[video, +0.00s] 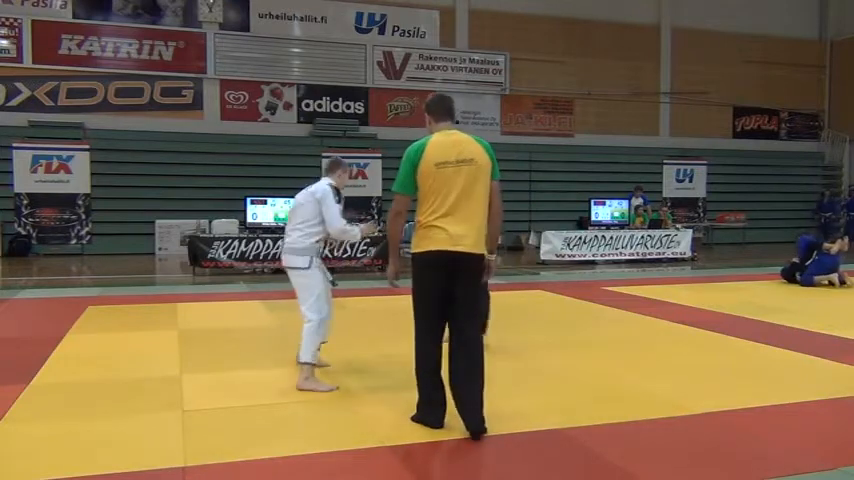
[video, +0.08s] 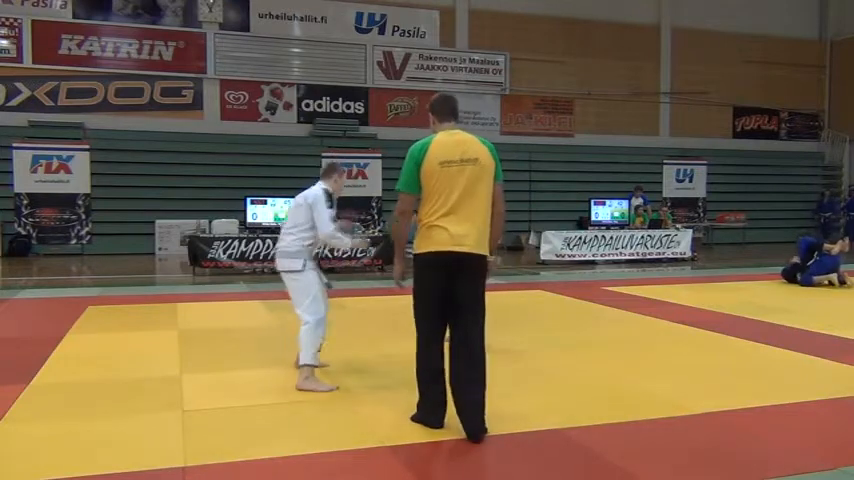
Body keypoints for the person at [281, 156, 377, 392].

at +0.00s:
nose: (349, 181)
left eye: (349, 176)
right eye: (348, 176)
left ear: (330, 172)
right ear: (341, 173)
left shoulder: (319, 189)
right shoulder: (326, 190)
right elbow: (336, 229)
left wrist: (357, 230)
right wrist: (361, 231)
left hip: (305, 256)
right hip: (301, 257)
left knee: (323, 306)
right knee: (316, 312)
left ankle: (309, 353)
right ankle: (306, 376)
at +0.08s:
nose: (344, 185)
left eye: (344, 180)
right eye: (344, 180)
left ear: (326, 176)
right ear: (336, 177)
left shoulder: (316, 195)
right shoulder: (318, 195)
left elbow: (324, 232)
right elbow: (326, 234)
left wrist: (347, 235)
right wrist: (355, 242)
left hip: (299, 259)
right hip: (294, 260)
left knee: (318, 307)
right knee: (314, 313)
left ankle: (307, 355)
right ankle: (306, 375)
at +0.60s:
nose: (292, 185)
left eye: (292, 180)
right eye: (291, 180)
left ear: (278, 177)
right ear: (281, 178)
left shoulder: (273, 200)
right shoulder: (259, 196)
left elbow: (268, 234)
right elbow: (269, 235)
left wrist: (300, 235)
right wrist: (303, 235)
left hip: (256, 265)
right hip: (236, 264)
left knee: (280, 298)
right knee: (223, 314)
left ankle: (296, 351)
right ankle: (196, 360)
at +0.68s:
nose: (289, 183)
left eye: (290, 178)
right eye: (288, 178)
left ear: (276, 174)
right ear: (277, 174)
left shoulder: (269, 196)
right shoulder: (254, 191)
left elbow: (262, 229)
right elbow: (259, 229)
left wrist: (291, 233)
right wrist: (292, 233)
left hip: (251, 257)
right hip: (230, 257)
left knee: (275, 294)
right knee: (223, 308)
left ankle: (280, 348)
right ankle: (197, 360)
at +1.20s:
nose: (254, 197)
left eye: (255, 193)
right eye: (253, 192)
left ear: (242, 188)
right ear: (242, 188)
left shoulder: (237, 211)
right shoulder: (221, 205)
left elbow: (226, 244)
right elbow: (221, 245)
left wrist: (252, 250)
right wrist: (254, 251)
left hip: (214, 267)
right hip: (193, 266)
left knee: (236, 295)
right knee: (183, 321)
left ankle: (241, 348)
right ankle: (140, 369)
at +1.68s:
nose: (226, 182)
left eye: (227, 177)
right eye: (225, 176)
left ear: (213, 171)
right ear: (213, 171)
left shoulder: (205, 194)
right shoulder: (189, 188)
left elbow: (198, 224)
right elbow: (190, 228)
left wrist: (225, 219)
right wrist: (225, 234)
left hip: (184, 256)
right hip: (163, 256)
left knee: (206, 294)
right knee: (157, 309)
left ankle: (201, 348)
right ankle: (132, 368)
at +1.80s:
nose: (230, 189)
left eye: (231, 184)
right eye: (230, 183)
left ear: (217, 178)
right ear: (218, 178)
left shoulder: (210, 202)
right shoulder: (190, 193)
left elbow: (204, 233)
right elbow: (197, 231)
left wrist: (233, 233)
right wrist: (233, 234)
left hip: (186, 259)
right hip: (164, 257)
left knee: (204, 297)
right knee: (161, 310)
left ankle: (204, 350)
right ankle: (133, 367)